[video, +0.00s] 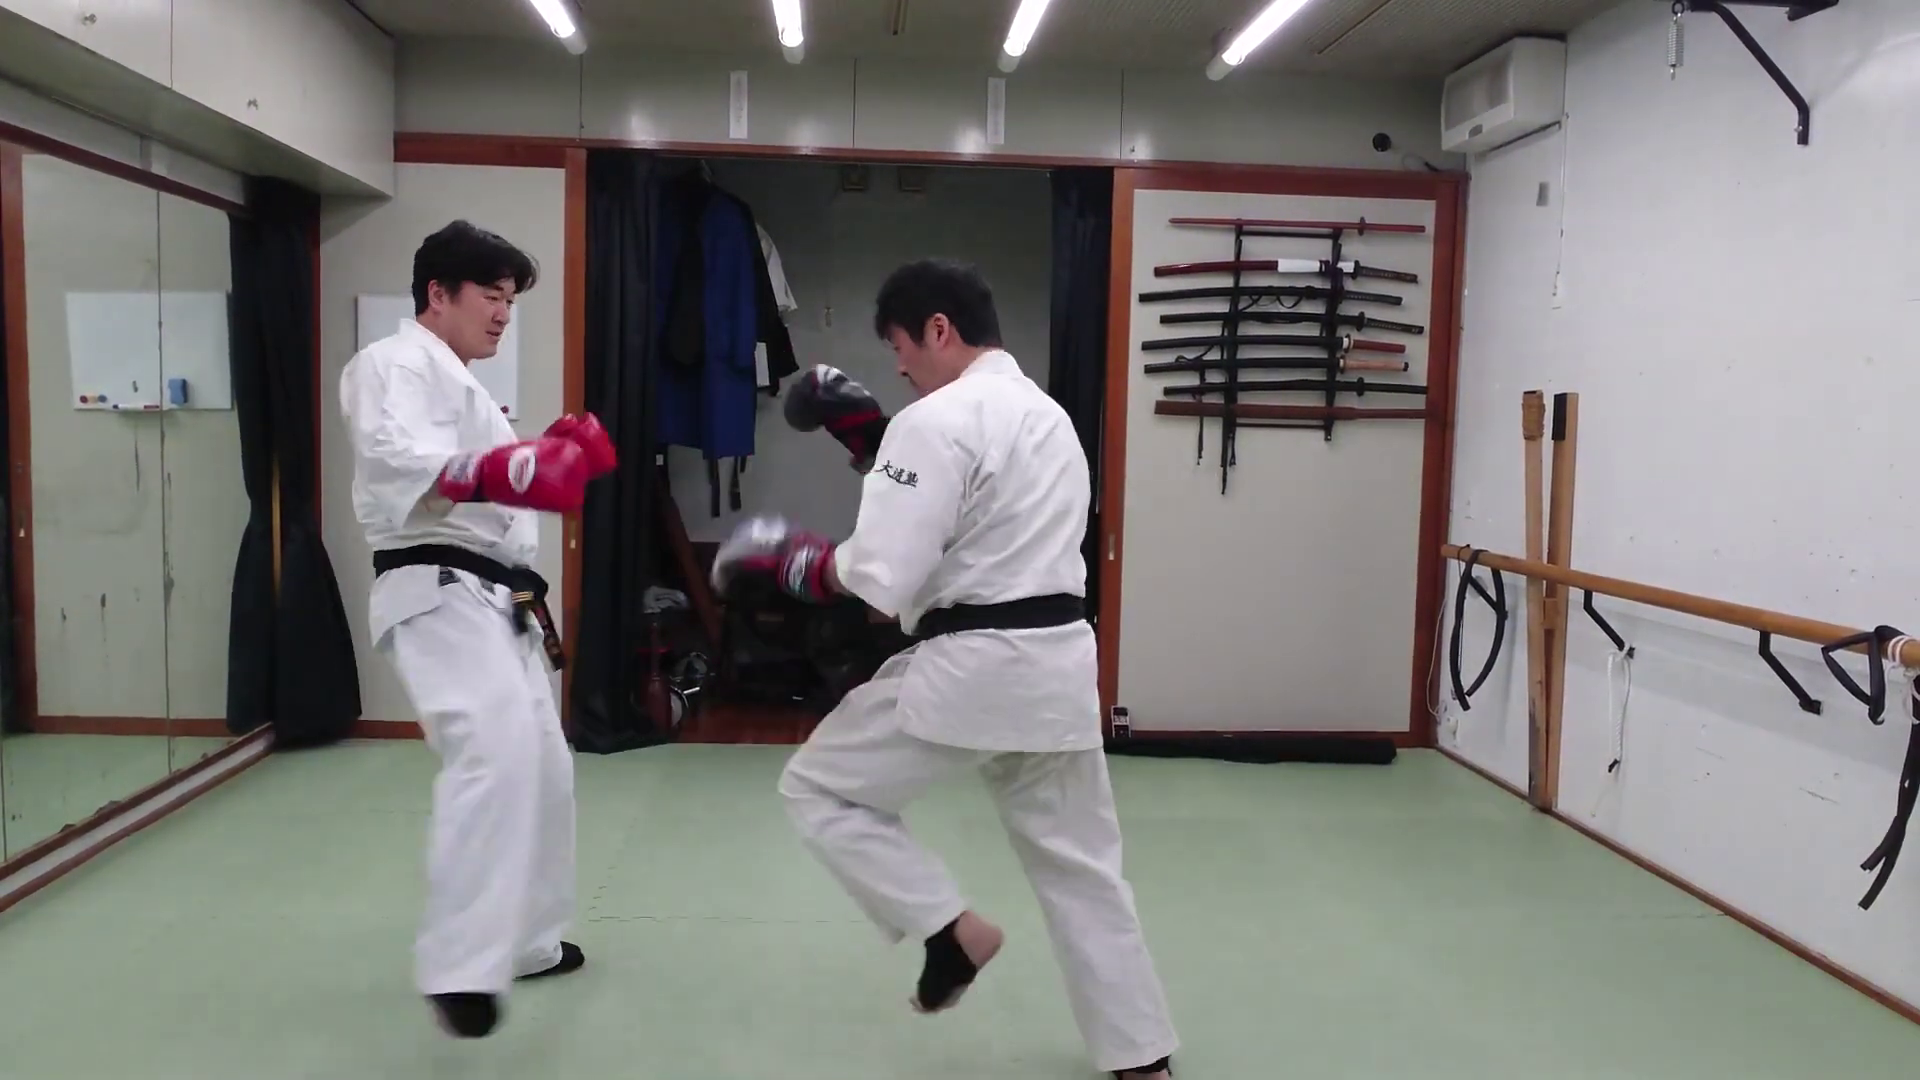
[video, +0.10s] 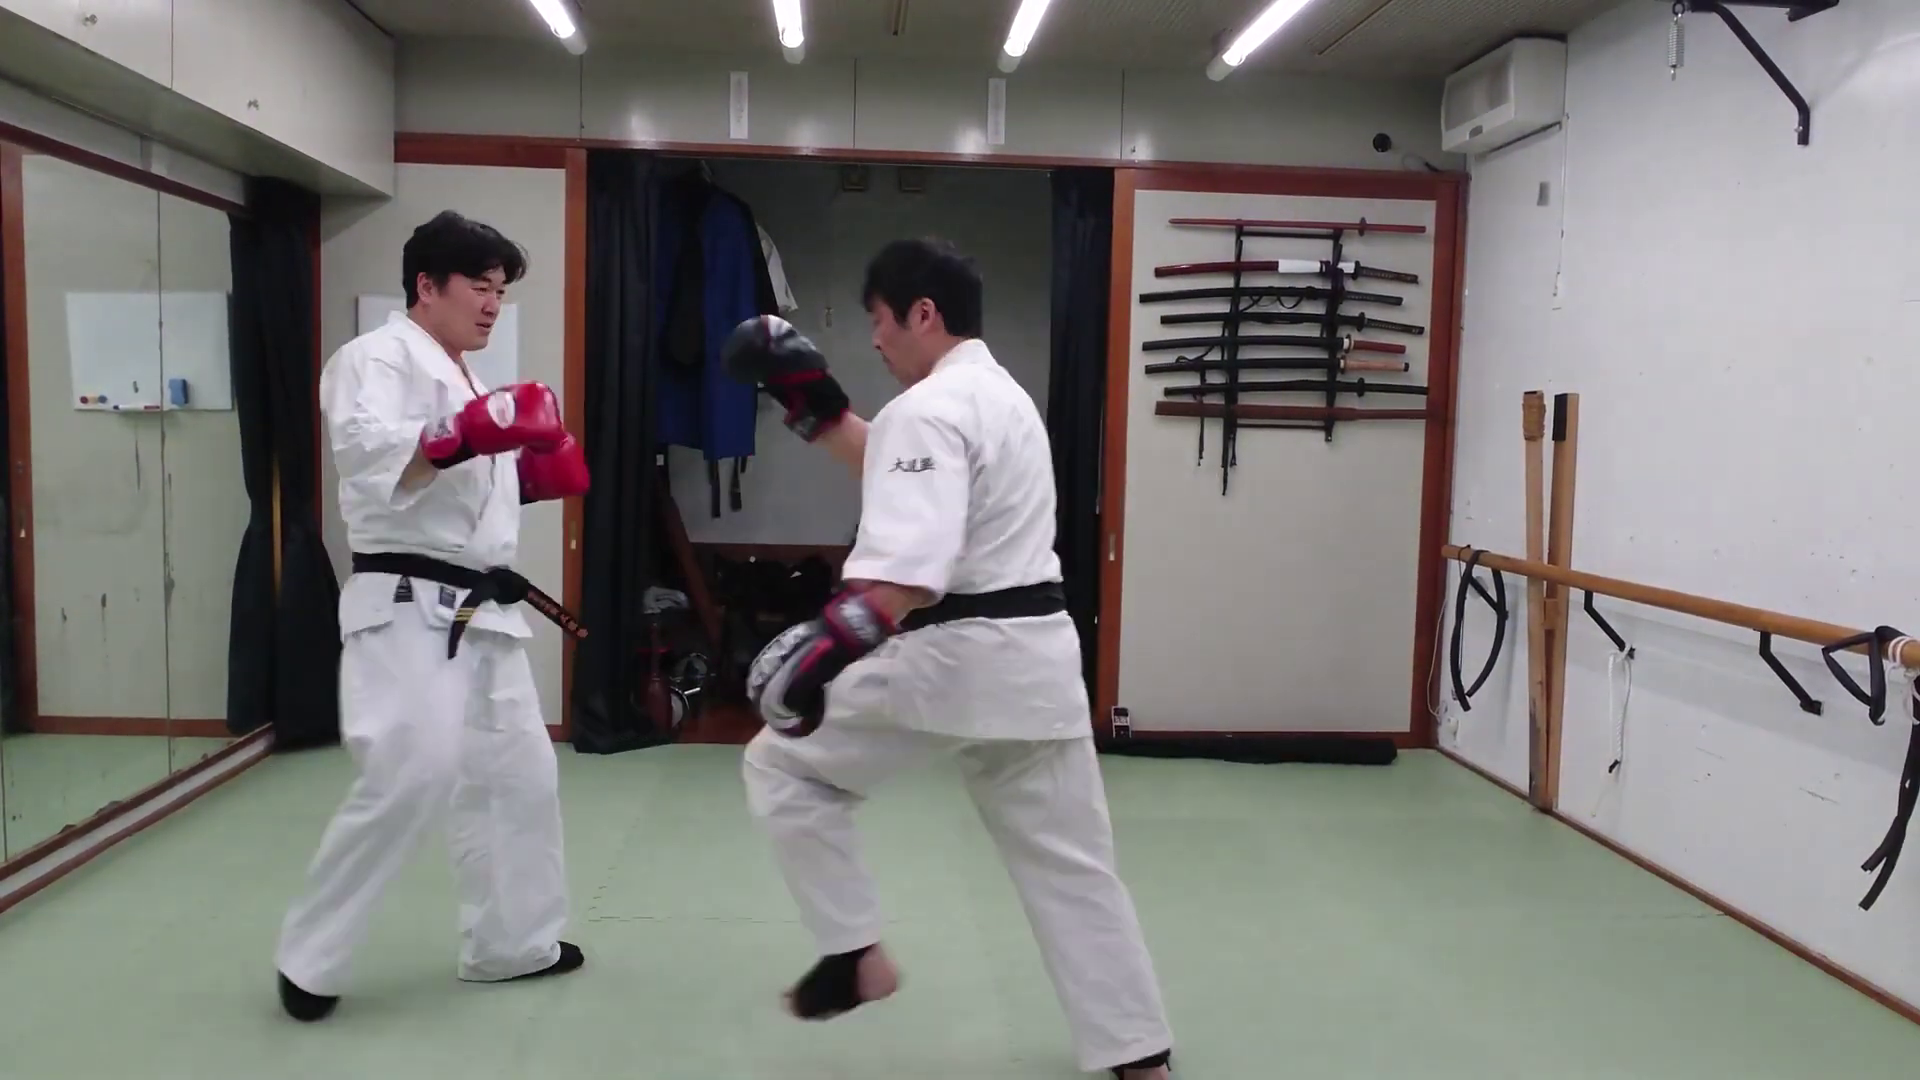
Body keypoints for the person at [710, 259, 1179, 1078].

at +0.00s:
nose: (900, 368)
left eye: (901, 348)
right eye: (894, 352)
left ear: (941, 331)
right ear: (974, 333)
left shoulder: (935, 423)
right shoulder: (1047, 413)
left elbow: (882, 575)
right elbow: (970, 507)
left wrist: (803, 562)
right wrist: (869, 429)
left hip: (968, 668)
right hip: (1065, 665)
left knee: (819, 787)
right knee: (1084, 871)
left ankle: (946, 926)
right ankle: (1142, 1056)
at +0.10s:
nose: (876, 340)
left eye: (880, 322)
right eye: (873, 324)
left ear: (925, 316)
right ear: (946, 319)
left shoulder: (927, 412)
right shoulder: (1004, 393)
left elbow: (906, 570)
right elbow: (911, 480)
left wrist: (830, 640)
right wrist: (812, 402)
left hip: (956, 653)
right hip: (1042, 652)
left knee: (783, 763)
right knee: (1073, 866)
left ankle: (851, 952)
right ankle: (1140, 1055)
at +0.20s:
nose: (843, 328)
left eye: (847, 308)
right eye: (838, 311)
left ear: (894, 298)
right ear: (913, 300)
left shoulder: (927, 392)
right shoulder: (938, 374)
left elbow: (968, 541)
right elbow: (823, 448)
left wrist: (861, 586)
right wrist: (743, 406)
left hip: (902, 654)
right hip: (974, 649)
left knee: (758, 811)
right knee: (1026, 830)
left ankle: (756, 1022)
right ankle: (1124, 1004)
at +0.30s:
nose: (806, 355)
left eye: (813, 334)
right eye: (801, 336)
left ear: (864, 326)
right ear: (866, 330)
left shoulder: (931, 433)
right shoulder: (852, 415)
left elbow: (918, 587)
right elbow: (771, 479)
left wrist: (806, 527)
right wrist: (698, 503)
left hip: (864, 682)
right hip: (845, 666)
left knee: (750, 861)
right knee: (877, 805)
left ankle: (755, 1063)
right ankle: (995, 909)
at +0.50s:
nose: (754, 407)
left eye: (755, 387)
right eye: (749, 389)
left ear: (800, 373)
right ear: (812, 370)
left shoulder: (876, 488)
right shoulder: (837, 442)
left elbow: (737, 601)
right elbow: (759, 543)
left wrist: (682, 492)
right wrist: (701, 530)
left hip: (829, 715)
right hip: (776, 659)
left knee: (698, 882)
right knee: (647, 674)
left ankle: (772, 1064)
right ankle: (557, 719)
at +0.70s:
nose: (749, 331)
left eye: (752, 310)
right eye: (746, 312)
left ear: (797, 302)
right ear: (827, 302)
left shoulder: (828, 423)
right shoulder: (884, 396)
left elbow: (751, 588)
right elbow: (762, 501)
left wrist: (667, 516)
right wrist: (689, 492)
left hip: (788, 680)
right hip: (806, 650)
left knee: (706, 882)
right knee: (661, 626)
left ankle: (757, 1062)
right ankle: (624, 719)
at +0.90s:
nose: (756, 289)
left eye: (760, 271)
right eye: (754, 271)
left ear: (799, 271)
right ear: (843, 272)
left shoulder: (793, 389)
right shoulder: (887, 372)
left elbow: (774, 554)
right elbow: (846, 477)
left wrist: (664, 512)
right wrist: (749, 400)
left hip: (776, 667)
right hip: (858, 654)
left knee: (734, 868)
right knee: (820, 790)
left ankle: (753, 1062)